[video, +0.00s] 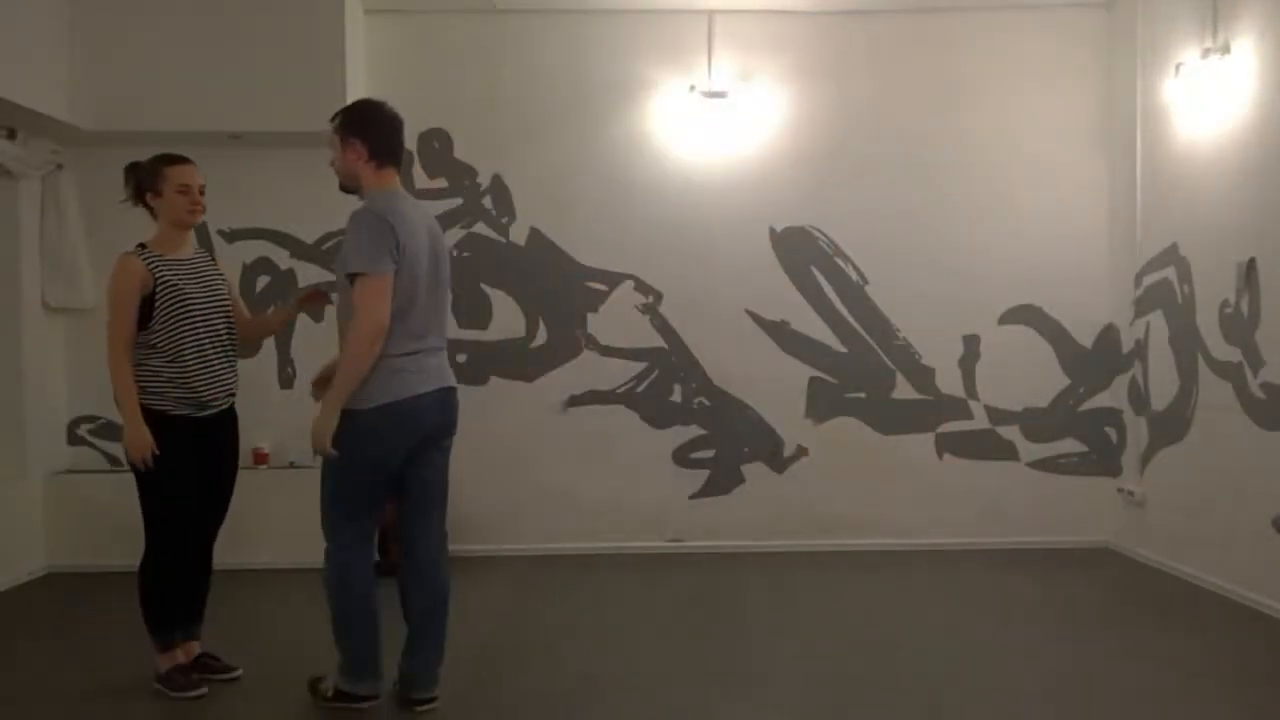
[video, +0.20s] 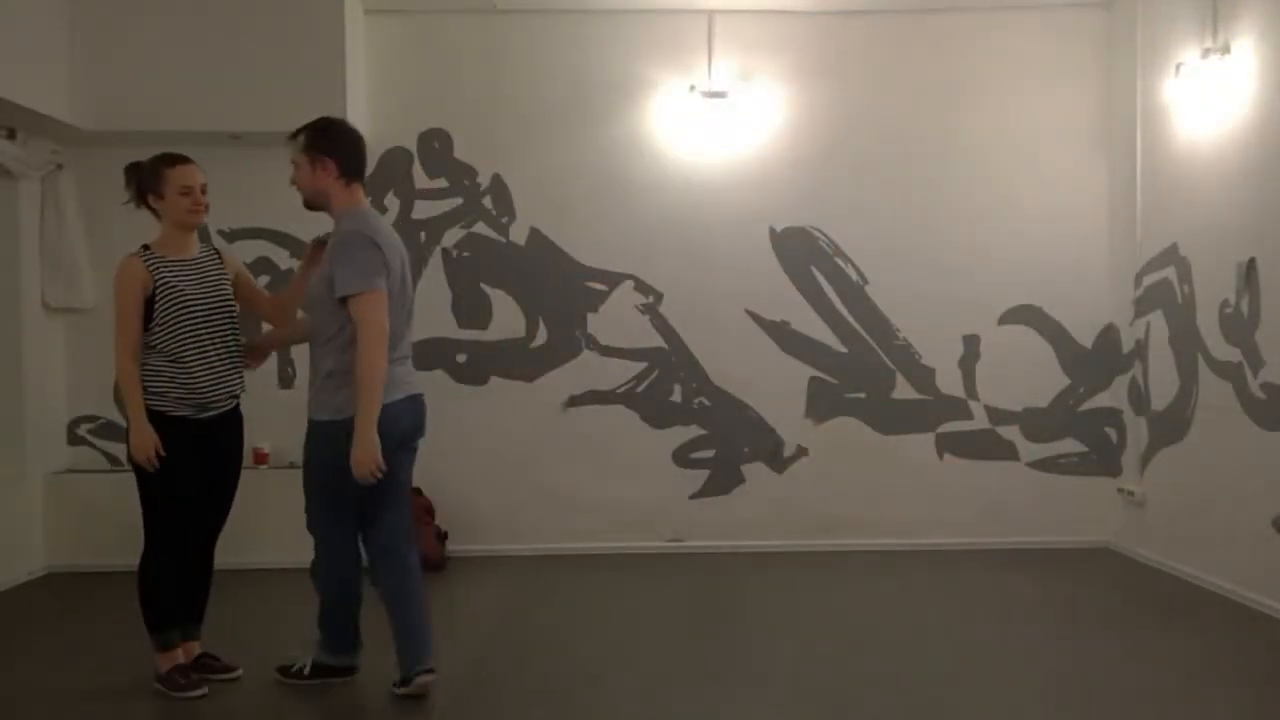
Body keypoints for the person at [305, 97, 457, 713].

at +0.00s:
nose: (332, 162)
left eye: (335, 151)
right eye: (333, 150)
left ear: (358, 151)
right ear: (388, 151)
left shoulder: (372, 220)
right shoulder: (422, 216)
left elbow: (371, 325)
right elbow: (404, 318)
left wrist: (333, 404)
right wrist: (341, 365)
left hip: (380, 405)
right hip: (434, 398)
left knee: (348, 540)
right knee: (423, 542)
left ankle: (359, 677)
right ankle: (421, 679)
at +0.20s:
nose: (294, 180)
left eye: (298, 168)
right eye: (294, 169)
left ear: (326, 168)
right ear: (341, 169)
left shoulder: (351, 239)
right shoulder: (375, 231)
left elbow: (373, 337)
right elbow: (330, 320)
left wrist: (365, 429)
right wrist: (271, 342)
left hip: (345, 419)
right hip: (392, 409)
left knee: (332, 538)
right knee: (392, 535)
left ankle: (336, 654)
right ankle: (418, 663)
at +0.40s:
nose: (267, 181)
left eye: (277, 170)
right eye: (267, 171)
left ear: (315, 172)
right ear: (306, 175)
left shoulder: (347, 239)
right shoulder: (317, 239)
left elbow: (370, 338)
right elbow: (297, 308)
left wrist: (357, 428)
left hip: (342, 408)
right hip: (323, 406)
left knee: (313, 518)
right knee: (323, 514)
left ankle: (339, 654)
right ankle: (394, 609)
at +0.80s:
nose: (298, 181)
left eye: (308, 170)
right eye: (288, 171)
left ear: (329, 175)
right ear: (276, 178)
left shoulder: (363, 244)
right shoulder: (274, 246)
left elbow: (380, 333)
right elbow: (257, 318)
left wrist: (336, 403)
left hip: (343, 410)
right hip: (284, 407)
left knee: (334, 527)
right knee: (289, 523)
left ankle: (338, 644)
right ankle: (310, 630)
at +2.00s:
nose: (369, 192)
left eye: (378, 185)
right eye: (359, 184)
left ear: (389, 195)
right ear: (343, 192)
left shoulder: (394, 265)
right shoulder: (312, 252)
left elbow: (393, 334)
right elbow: (254, 307)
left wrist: (416, 385)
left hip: (381, 403)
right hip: (324, 404)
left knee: (401, 506)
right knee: (320, 515)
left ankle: (416, 615)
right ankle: (297, 625)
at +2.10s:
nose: (384, 195)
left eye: (393, 188)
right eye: (375, 187)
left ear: (405, 198)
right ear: (359, 193)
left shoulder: (408, 266)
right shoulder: (330, 252)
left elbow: (405, 338)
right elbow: (273, 310)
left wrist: (431, 385)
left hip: (399, 406)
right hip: (344, 407)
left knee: (417, 509)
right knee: (341, 517)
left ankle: (418, 618)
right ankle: (303, 623)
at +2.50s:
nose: (414, 191)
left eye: (423, 183)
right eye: (405, 182)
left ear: (433, 194)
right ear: (387, 190)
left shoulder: (435, 260)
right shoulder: (365, 247)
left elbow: (444, 330)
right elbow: (313, 306)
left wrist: (490, 346)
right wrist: (267, 355)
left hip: (428, 394)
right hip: (376, 392)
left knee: (433, 503)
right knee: (403, 498)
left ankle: (420, 613)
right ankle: (398, 622)